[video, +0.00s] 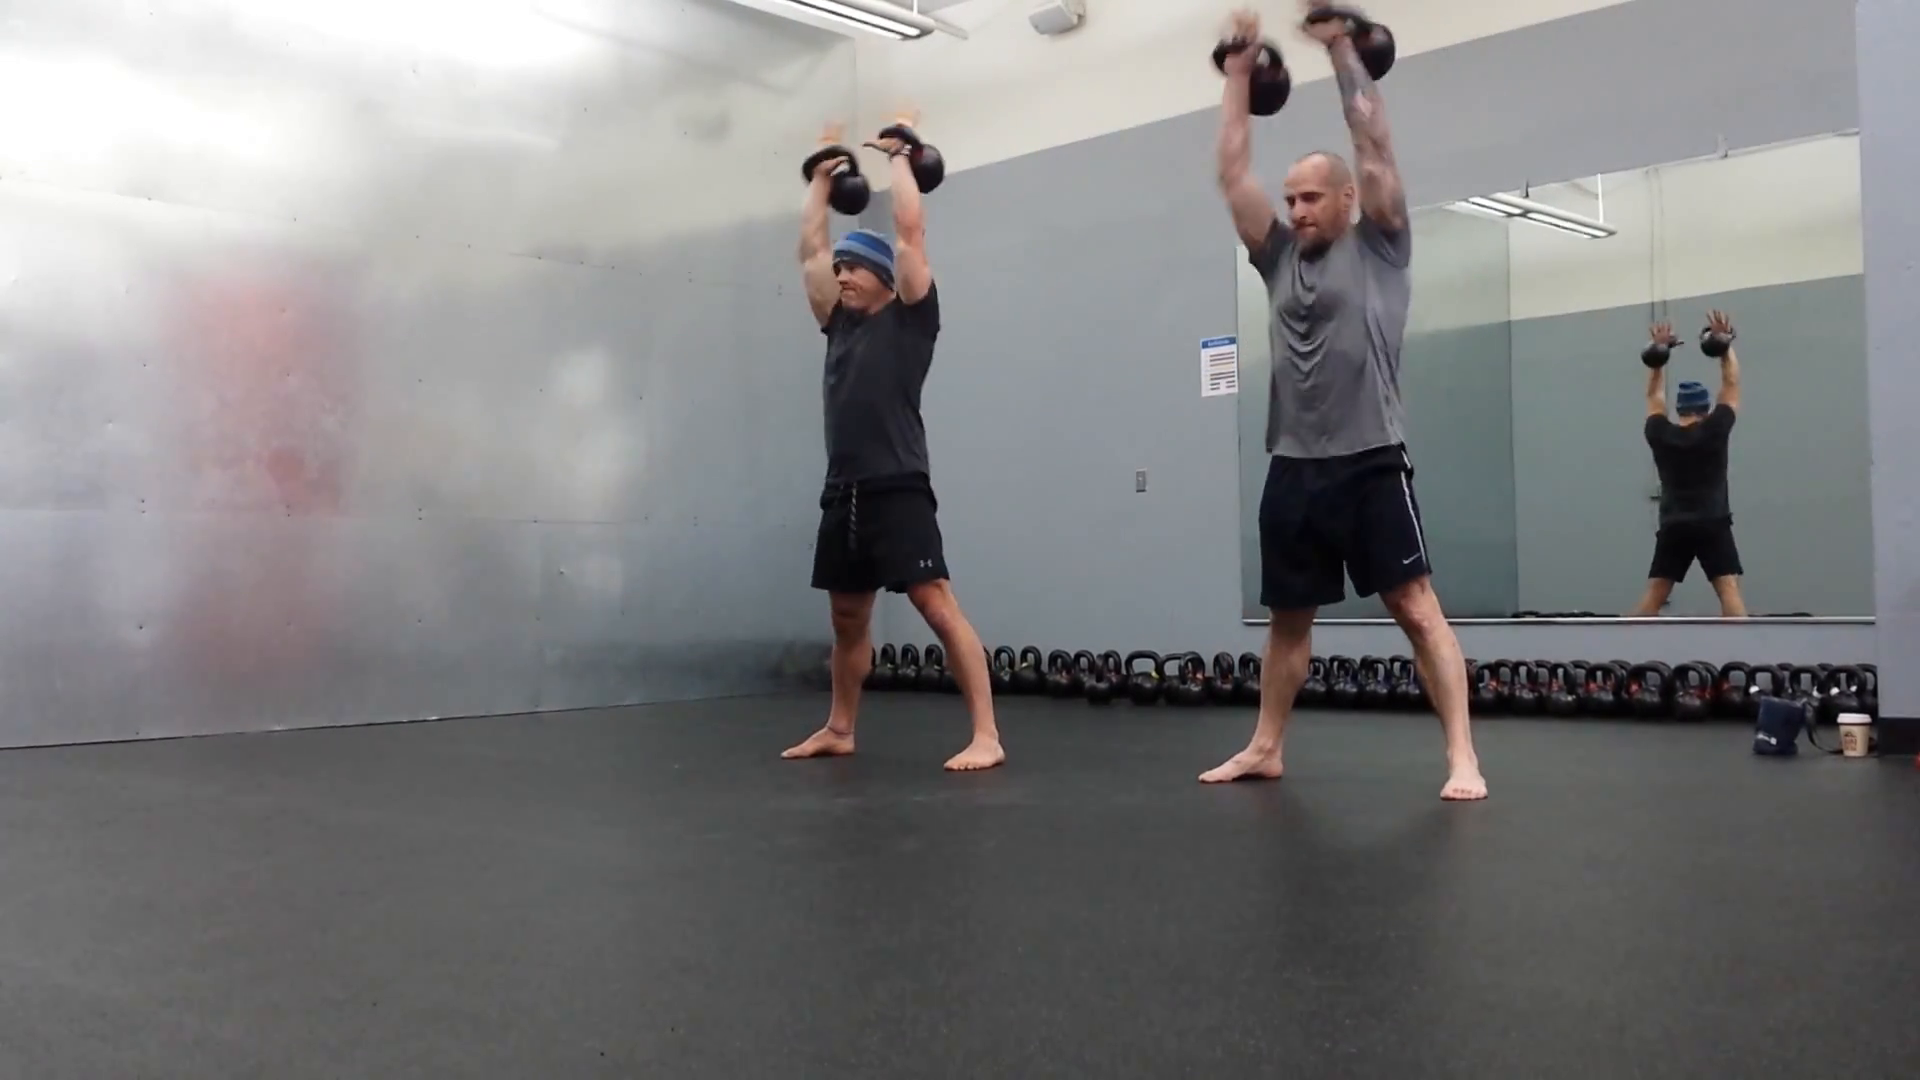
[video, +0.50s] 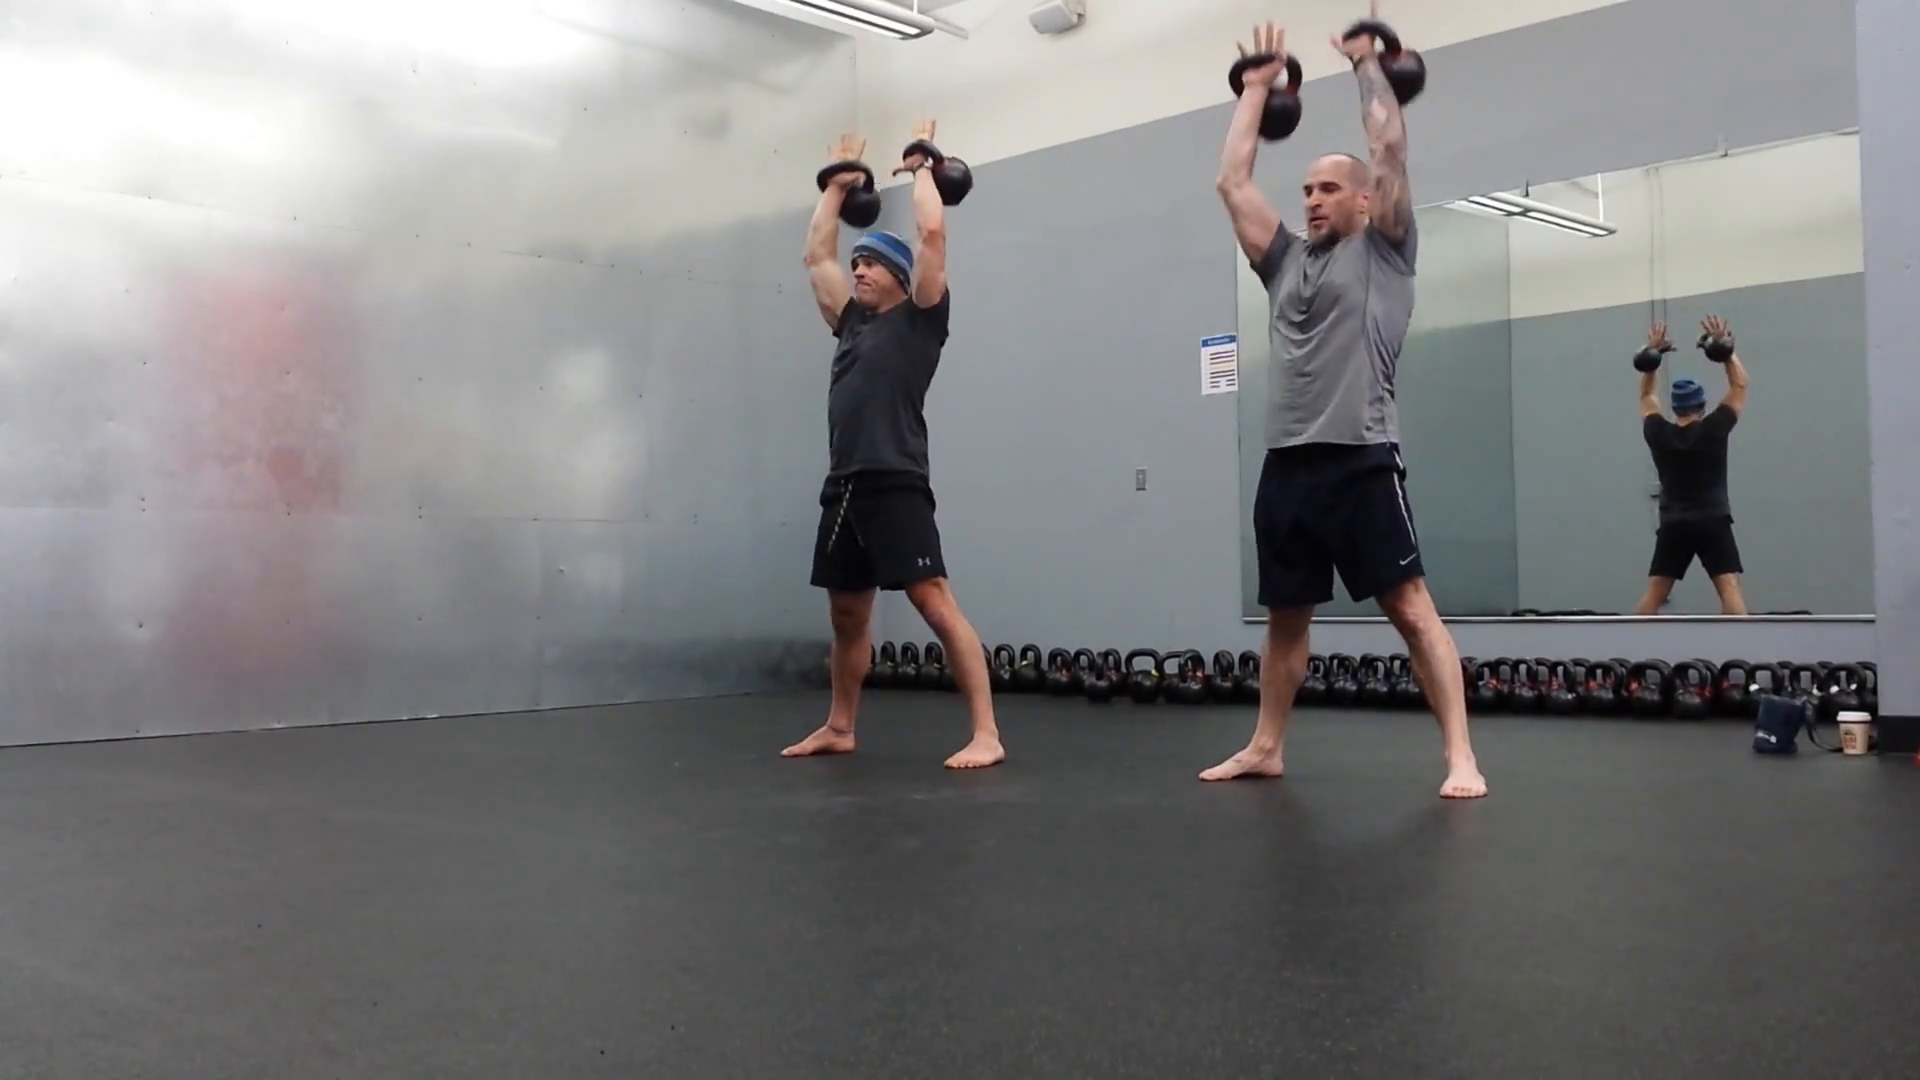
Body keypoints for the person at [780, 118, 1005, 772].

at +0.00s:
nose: (844, 278)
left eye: (854, 269)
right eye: (842, 270)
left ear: (885, 275)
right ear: (841, 280)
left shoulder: (911, 318)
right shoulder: (840, 324)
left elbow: (910, 232)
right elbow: (812, 251)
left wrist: (901, 157)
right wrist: (821, 180)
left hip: (899, 486)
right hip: (843, 490)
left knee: (939, 609)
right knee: (848, 619)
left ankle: (986, 737)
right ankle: (840, 729)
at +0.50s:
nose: (859, 271)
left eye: (869, 263)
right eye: (857, 264)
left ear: (899, 275)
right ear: (858, 281)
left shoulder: (919, 319)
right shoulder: (850, 325)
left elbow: (931, 232)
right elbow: (818, 255)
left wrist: (920, 164)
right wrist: (836, 184)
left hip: (898, 485)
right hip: (843, 489)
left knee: (937, 607)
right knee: (848, 617)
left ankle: (986, 735)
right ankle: (840, 727)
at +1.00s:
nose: (890, 282)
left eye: (902, 273)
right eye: (886, 273)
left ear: (926, 283)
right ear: (881, 284)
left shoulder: (951, 337)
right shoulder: (871, 345)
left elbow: (924, 346)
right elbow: (804, 362)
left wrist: (913, 282)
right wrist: (819, 298)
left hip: (912, 491)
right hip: (856, 492)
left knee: (944, 609)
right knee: (852, 618)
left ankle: (986, 736)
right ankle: (839, 727)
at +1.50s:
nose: (869, 275)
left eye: (879, 267)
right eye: (867, 269)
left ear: (910, 278)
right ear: (869, 282)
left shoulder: (936, 334)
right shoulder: (858, 347)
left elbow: (910, 393)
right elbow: (824, 415)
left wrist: (891, 325)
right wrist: (820, 347)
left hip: (908, 492)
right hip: (852, 494)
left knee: (942, 608)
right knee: (849, 618)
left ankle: (987, 736)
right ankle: (839, 727)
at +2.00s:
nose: (850, 331)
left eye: (858, 319)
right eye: (845, 321)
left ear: (889, 316)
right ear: (846, 324)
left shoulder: (931, 364)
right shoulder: (857, 383)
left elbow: (934, 451)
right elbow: (846, 457)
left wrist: (888, 508)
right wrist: (826, 519)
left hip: (960, 501)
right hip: (908, 511)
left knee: (961, 597)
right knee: (841, 606)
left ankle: (989, 736)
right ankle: (837, 727)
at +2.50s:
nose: (809, 331)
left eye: (822, 321)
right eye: (810, 322)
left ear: (851, 332)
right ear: (820, 335)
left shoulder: (895, 397)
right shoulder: (823, 410)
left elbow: (917, 488)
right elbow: (846, 492)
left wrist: (914, 559)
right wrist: (877, 558)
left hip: (942, 513)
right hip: (883, 519)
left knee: (953, 601)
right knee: (821, 607)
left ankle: (990, 735)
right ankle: (836, 727)